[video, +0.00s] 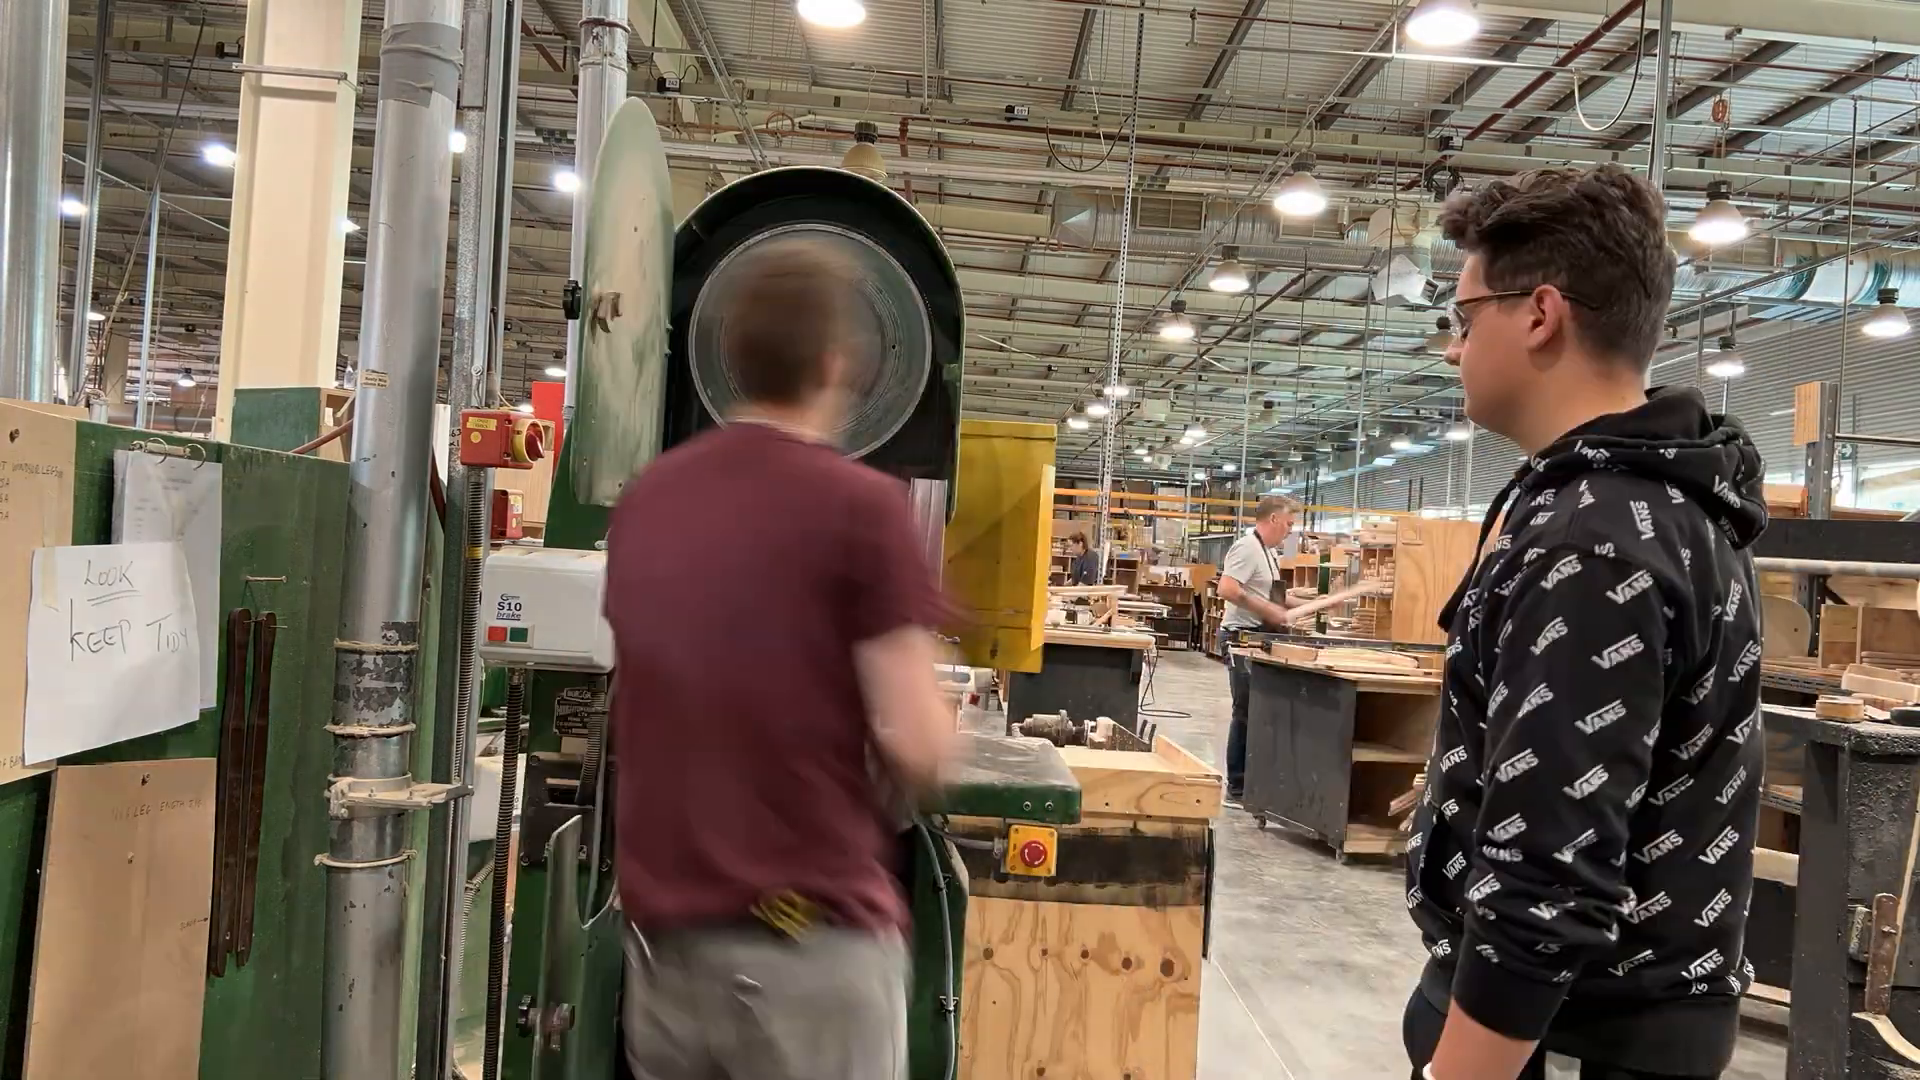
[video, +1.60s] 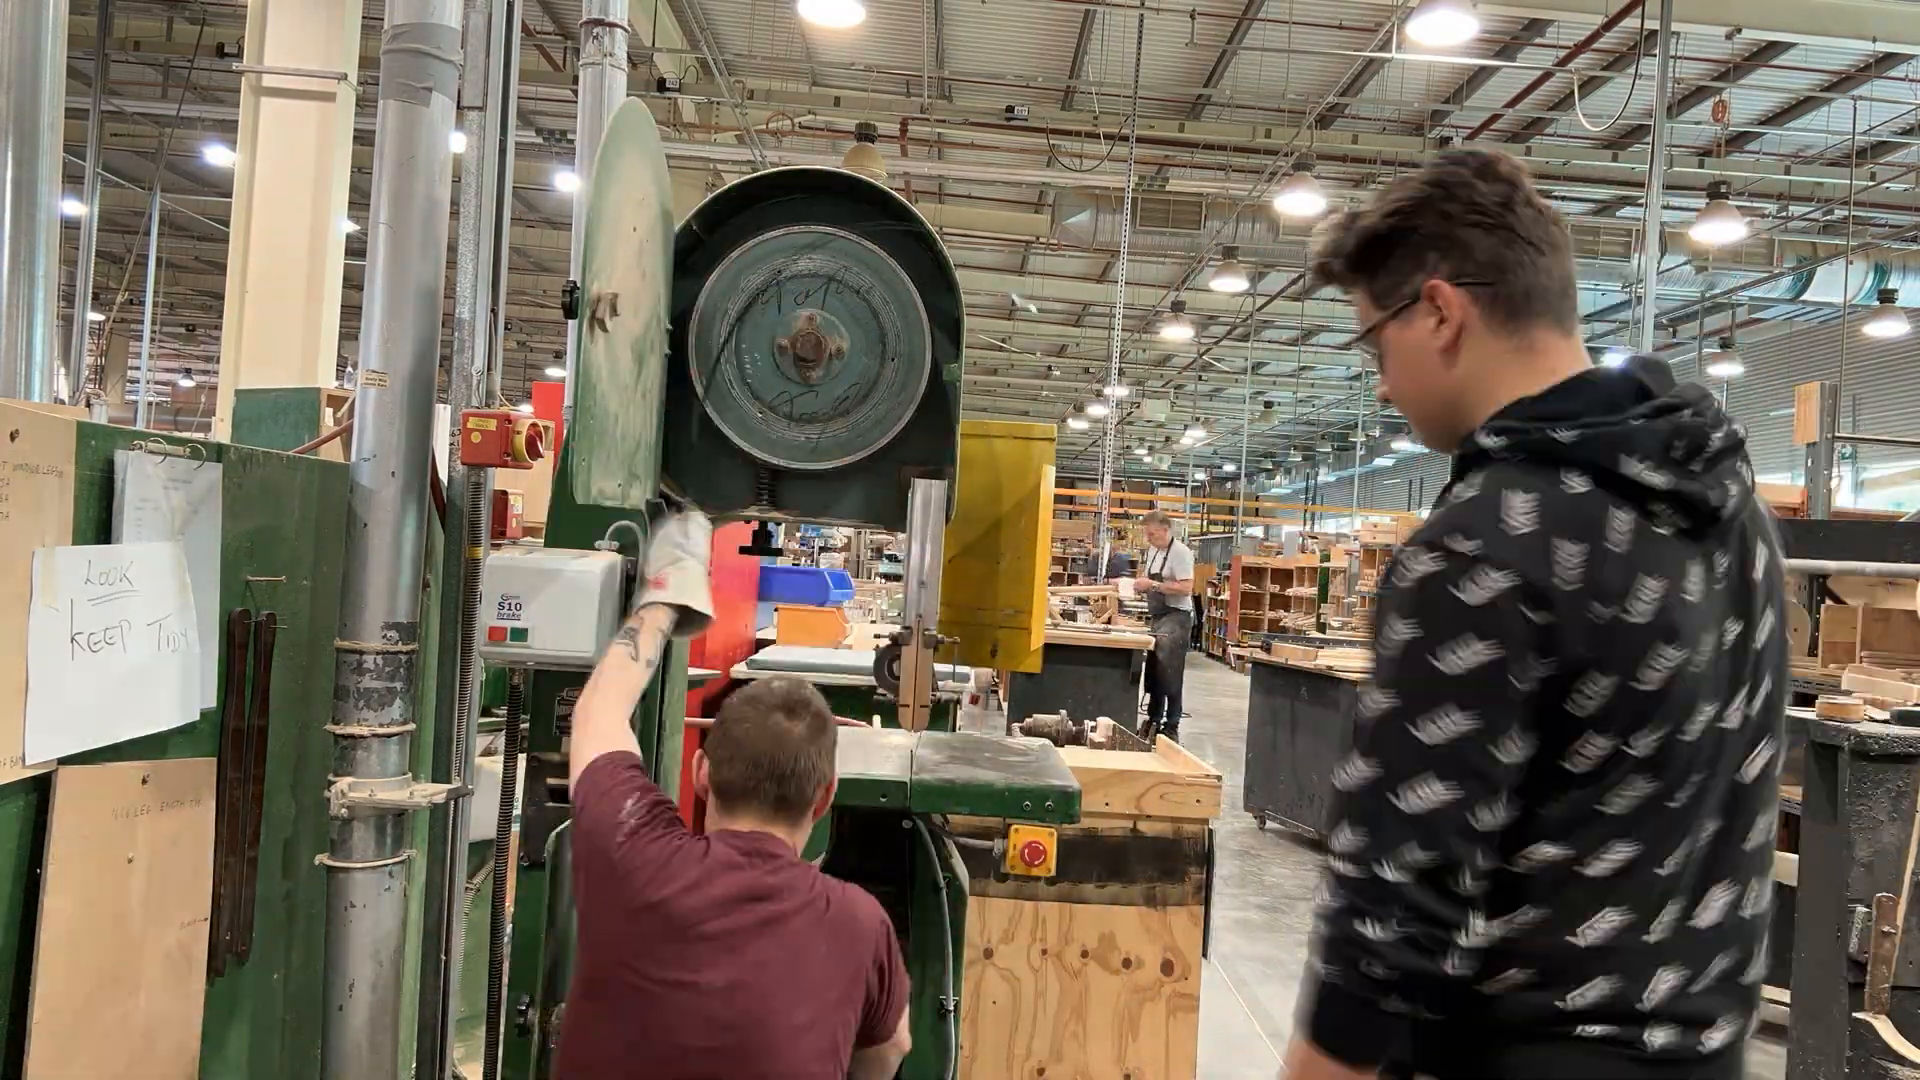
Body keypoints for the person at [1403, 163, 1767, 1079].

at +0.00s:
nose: (1451, 345)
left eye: (1466, 313)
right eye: (1455, 315)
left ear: (1542, 317)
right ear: (1546, 319)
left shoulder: (1595, 539)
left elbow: (1541, 895)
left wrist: (1459, 1062)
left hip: (1577, 1027)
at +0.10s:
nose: (1435, 348)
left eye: (1447, 314)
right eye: (1437, 316)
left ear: (1523, 320)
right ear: (1526, 322)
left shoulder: (1569, 544)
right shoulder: (1670, 492)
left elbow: (1515, 897)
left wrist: (1440, 1056)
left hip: (1574, 1026)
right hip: (1652, 1005)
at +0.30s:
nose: (1312, 346)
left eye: (1317, 315)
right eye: (1310, 318)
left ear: (1378, 314)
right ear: (1461, 318)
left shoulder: (1436, 506)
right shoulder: (1516, 477)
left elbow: (1378, 832)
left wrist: (1286, 1043)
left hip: (1434, 986)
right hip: (1508, 967)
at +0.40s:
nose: (1358, 367)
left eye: (1370, 340)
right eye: (1360, 342)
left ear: (1442, 341)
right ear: (1440, 343)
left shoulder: (1503, 535)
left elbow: (1448, 838)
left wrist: (1344, 1044)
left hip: (1442, 986)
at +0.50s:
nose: (1427, 407)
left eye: (1428, 370)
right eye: (1419, 378)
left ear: (1504, 338)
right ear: (1506, 340)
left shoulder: (1614, 549)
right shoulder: (1573, 512)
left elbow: (1554, 901)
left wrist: (1474, 1062)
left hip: (1543, 1029)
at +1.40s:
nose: (1418, 409)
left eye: (1418, 371)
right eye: (1410, 379)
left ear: (1491, 345)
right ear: (1497, 346)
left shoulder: (1621, 569)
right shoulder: (1572, 520)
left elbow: (1557, 929)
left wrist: (1495, 1057)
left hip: (1552, 1032)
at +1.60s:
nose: (1380, 385)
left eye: (1377, 343)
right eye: (1371, 352)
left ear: (1443, 313)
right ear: (1551, 301)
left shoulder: (1484, 545)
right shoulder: (1718, 490)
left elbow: (1392, 904)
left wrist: (1331, 1052)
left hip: (1529, 1037)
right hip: (1704, 1028)